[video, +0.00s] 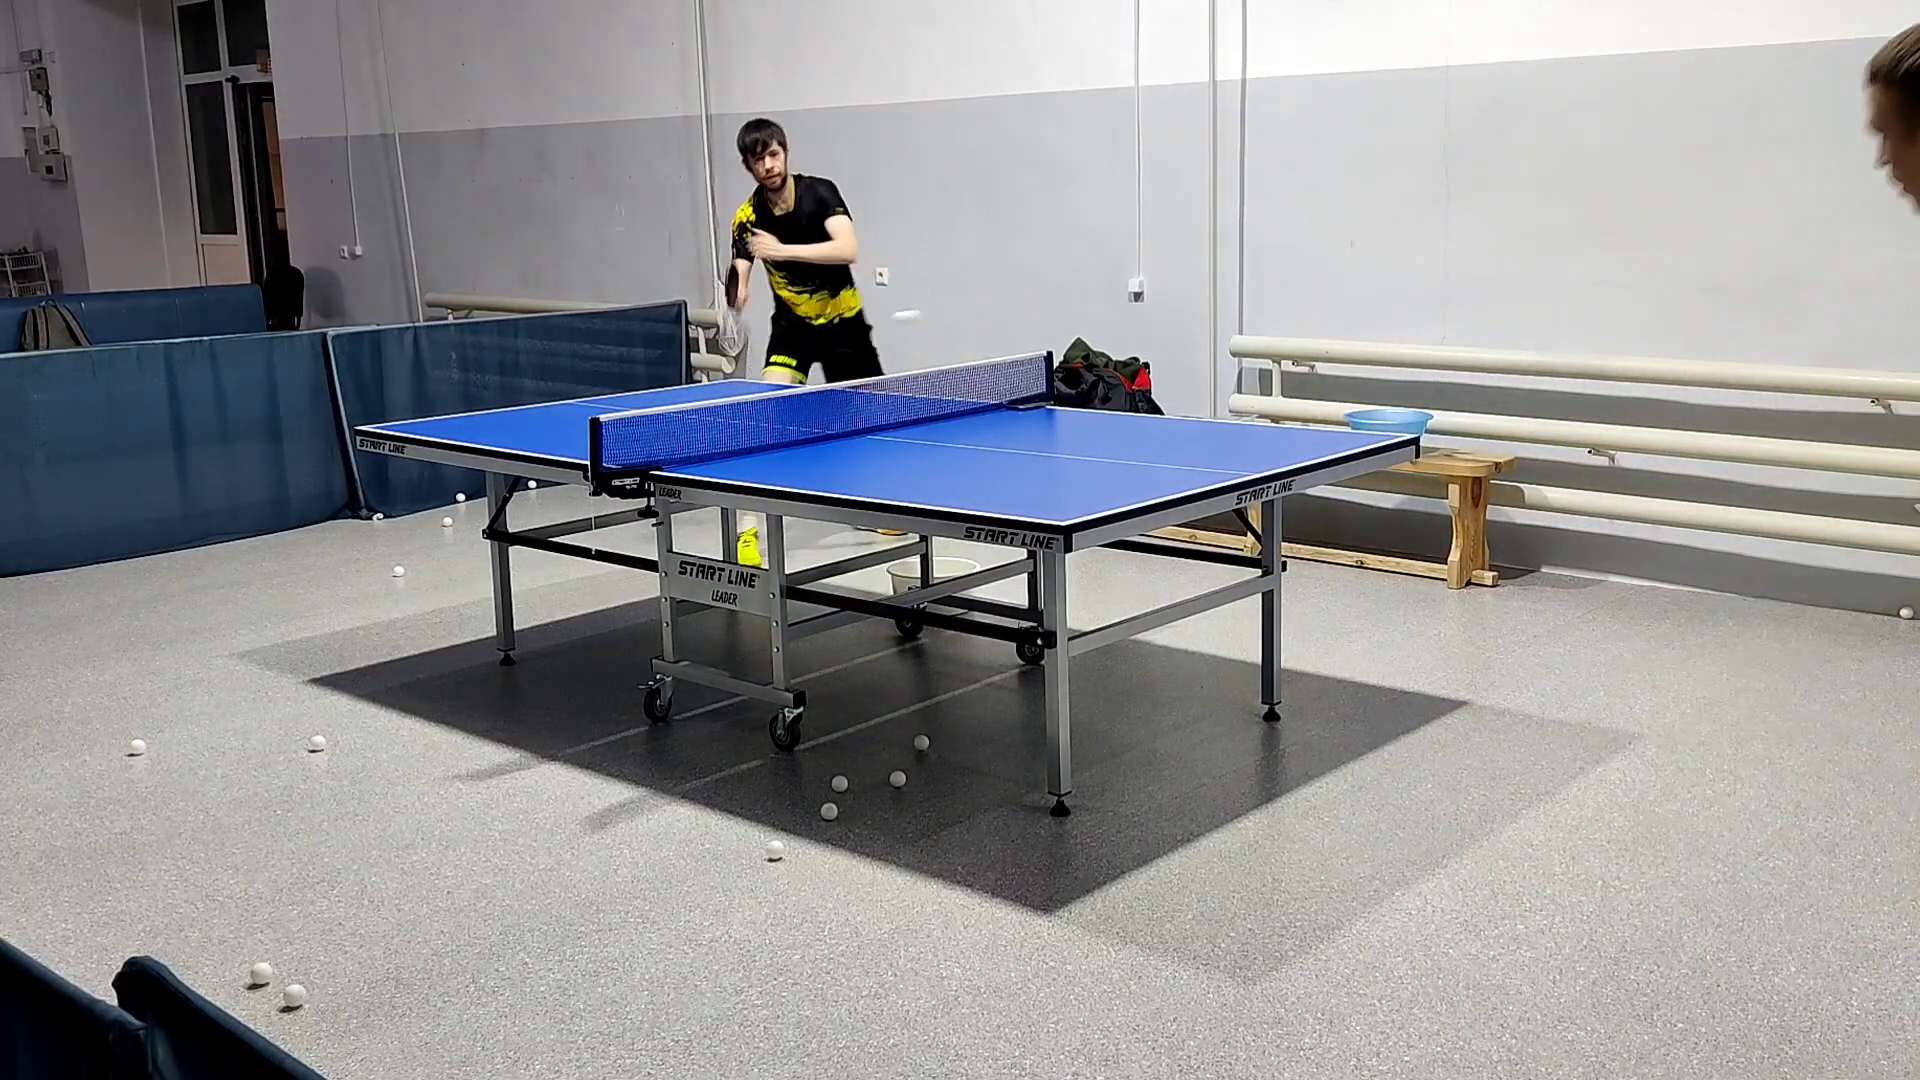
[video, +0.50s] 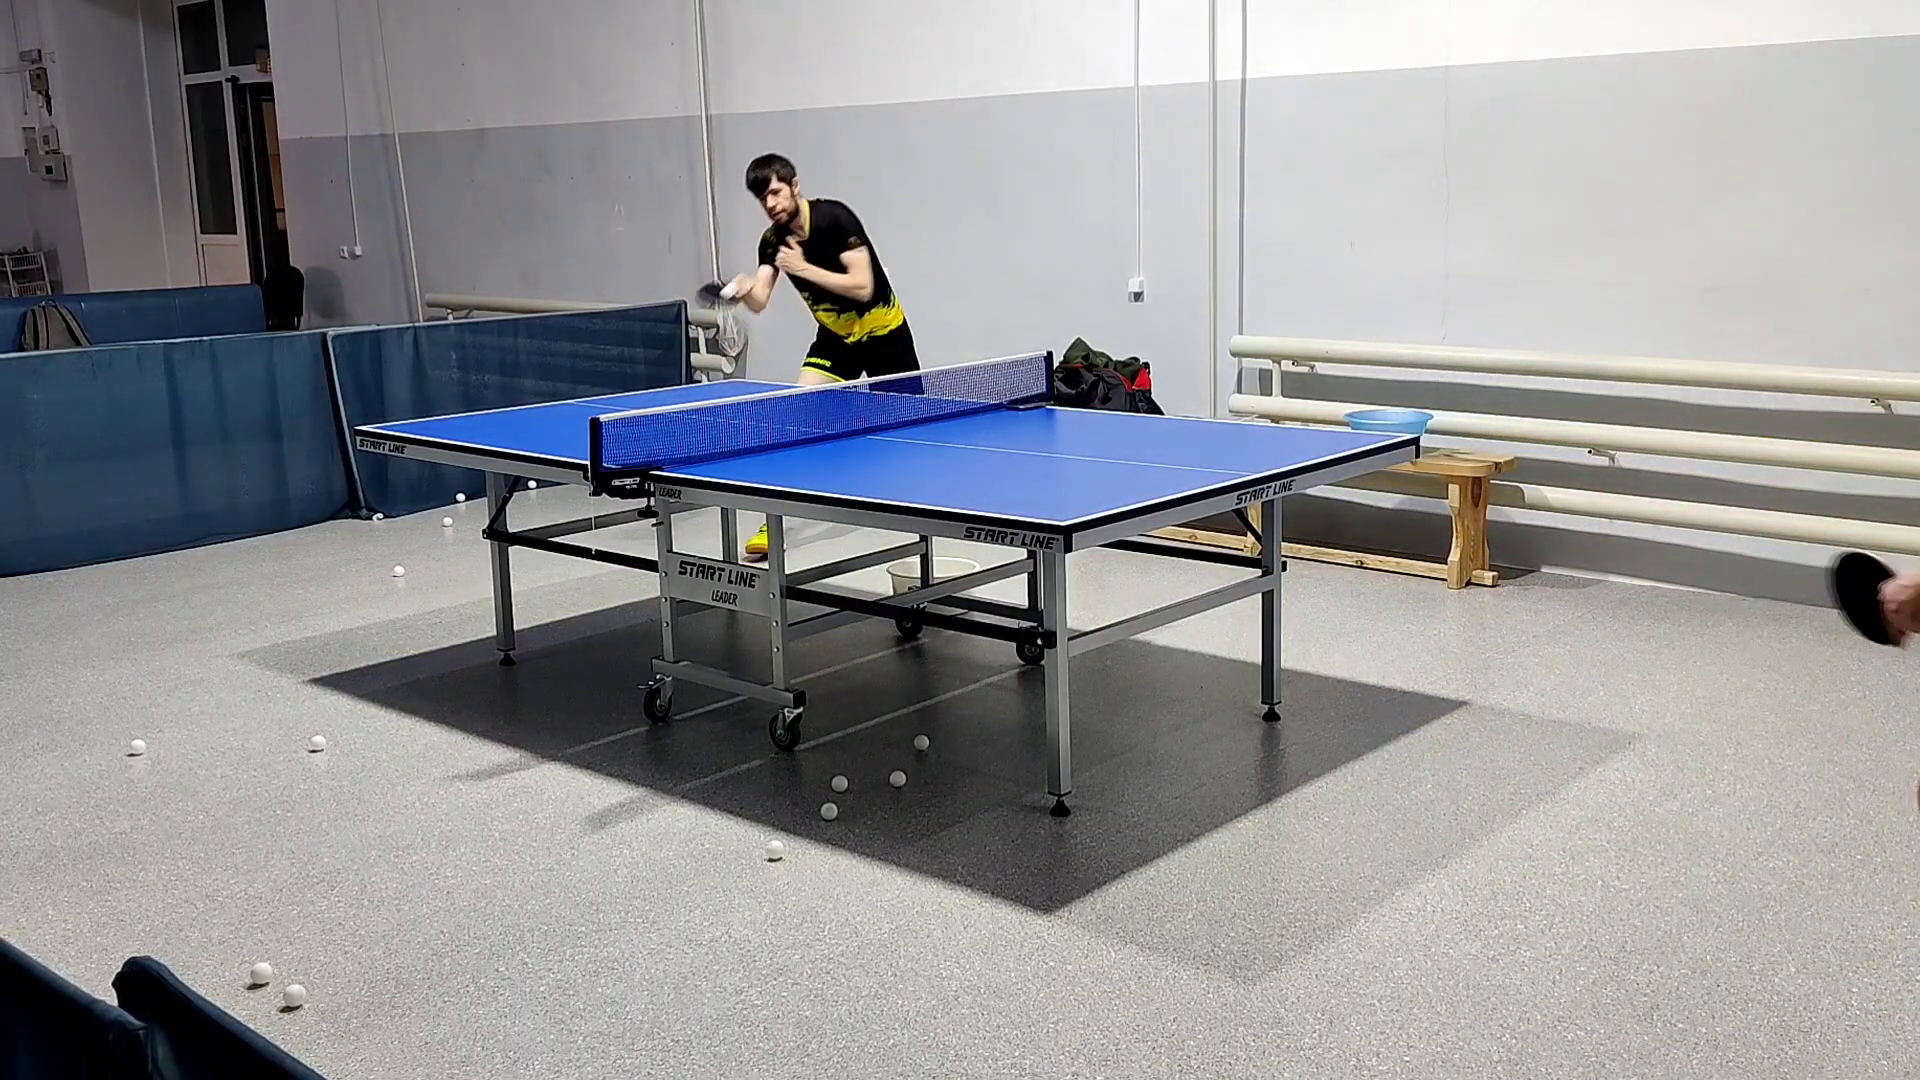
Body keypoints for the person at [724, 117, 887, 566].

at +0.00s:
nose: (769, 165)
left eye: (774, 154)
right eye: (758, 159)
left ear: (786, 152)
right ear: (748, 167)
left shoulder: (819, 192)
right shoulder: (748, 219)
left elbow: (848, 250)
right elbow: (739, 294)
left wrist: (782, 251)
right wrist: (736, 281)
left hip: (844, 325)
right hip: (792, 328)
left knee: (871, 419)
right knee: (766, 414)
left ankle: (888, 505)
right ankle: (748, 528)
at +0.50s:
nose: (771, 203)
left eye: (777, 192)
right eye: (763, 197)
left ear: (795, 186)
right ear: (758, 201)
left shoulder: (834, 217)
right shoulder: (772, 241)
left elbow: (864, 288)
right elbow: (758, 304)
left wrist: (802, 269)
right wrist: (744, 289)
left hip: (884, 335)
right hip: (834, 338)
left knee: (910, 426)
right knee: (797, 418)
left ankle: (929, 519)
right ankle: (773, 525)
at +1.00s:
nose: (766, 186)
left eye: (770, 175)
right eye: (755, 181)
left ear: (783, 175)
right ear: (747, 192)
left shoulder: (824, 217)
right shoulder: (752, 240)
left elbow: (874, 269)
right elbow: (744, 310)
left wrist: (839, 304)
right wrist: (775, 305)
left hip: (845, 344)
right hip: (792, 348)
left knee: (889, 422)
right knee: (758, 424)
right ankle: (726, 526)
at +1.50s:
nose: (744, 157)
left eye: (749, 146)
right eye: (733, 152)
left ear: (761, 147)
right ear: (721, 161)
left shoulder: (787, 197)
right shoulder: (718, 212)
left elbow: (825, 238)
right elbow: (707, 289)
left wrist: (851, 293)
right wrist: (746, 287)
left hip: (788, 333)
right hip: (742, 335)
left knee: (841, 411)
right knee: (740, 433)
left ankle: (860, 511)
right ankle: (695, 538)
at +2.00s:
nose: (723, 206)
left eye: (728, 194)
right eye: (713, 199)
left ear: (743, 189)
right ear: (706, 204)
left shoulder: (780, 223)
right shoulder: (719, 256)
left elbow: (788, 281)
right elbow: (714, 322)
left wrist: (717, 284)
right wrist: (712, 360)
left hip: (832, 338)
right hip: (784, 344)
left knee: (877, 410)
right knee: (754, 410)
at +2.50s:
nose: (813, 233)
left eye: (820, 224)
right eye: (807, 227)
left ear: (840, 223)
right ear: (802, 232)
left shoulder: (874, 268)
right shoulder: (800, 271)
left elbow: (895, 339)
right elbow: (752, 273)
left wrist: (849, 298)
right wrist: (769, 203)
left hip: (877, 385)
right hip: (823, 384)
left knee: (896, 465)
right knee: (766, 430)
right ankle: (752, 522)